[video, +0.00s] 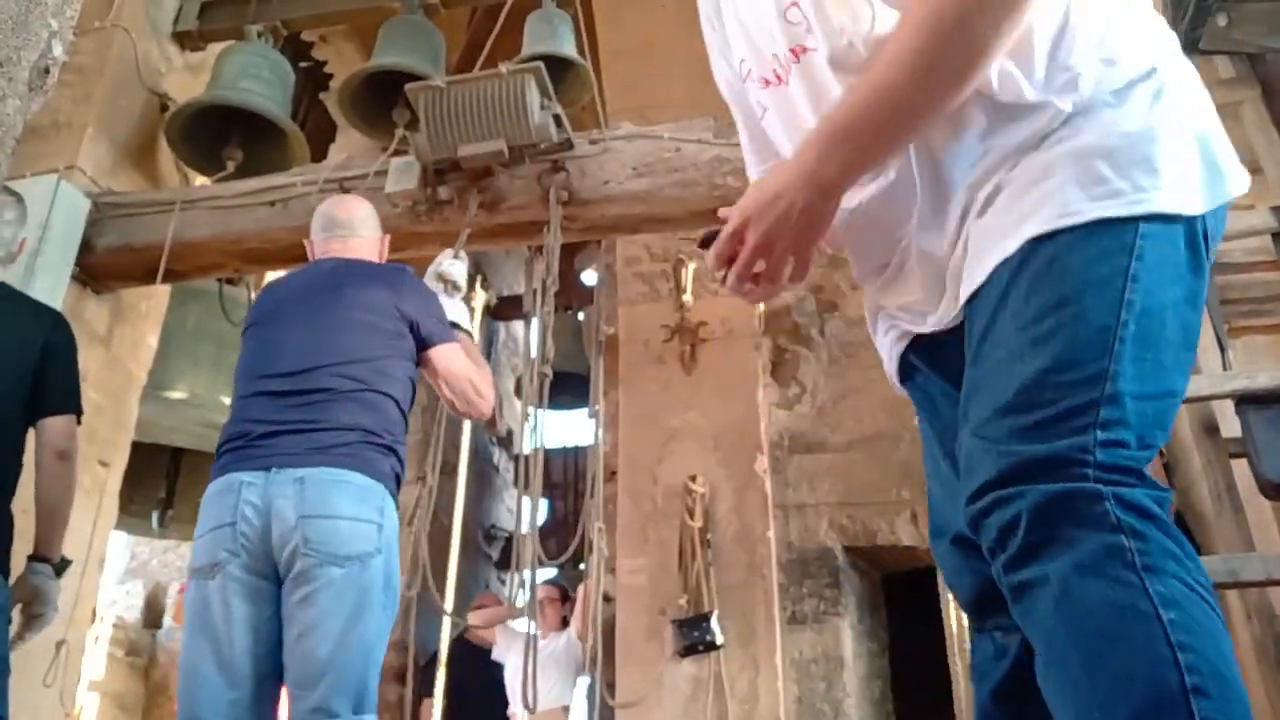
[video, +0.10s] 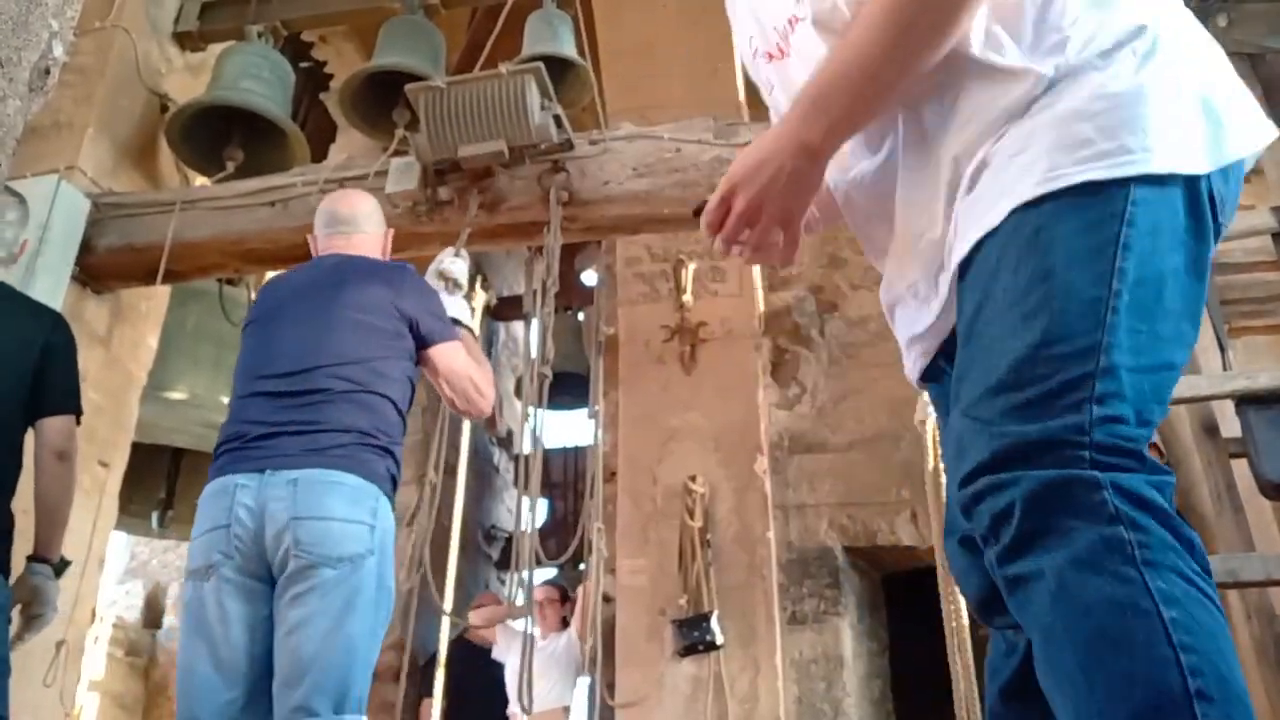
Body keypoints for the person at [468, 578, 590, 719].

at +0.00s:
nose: (541, 606)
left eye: (549, 601)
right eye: (537, 601)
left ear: (566, 607)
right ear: (532, 605)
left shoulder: (571, 641)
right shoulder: (516, 642)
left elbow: (584, 589)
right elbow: (473, 619)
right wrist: (523, 610)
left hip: (553, 714)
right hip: (517, 715)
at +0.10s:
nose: (540, 608)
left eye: (548, 602)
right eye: (536, 602)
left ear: (565, 608)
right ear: (531, 606)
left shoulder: (572, 641)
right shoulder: (516, 641)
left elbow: (585, 590)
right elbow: (474, 618)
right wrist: (524, 610)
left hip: (555, 714)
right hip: (516, 714)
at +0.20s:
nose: (540, 609)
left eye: (548, 603)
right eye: (535, 603)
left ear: (565, 608)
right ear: (530, 608)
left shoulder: (572, 640)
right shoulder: (518, 641)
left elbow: (587, 590)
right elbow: (475, 617)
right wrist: (522, 610)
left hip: (557, 713)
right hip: (518, 714)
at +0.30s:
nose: (541, 613)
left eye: (549, 605)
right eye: (536, 606)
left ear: (564, 608)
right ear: (530, 611)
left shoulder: (572, 639)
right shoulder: (522, 642)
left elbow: (589, 589)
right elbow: (476, 615)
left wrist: (575, 600)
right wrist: (528, 605)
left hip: (555, 713)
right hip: (521, 714)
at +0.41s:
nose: (540, 616)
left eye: (547, 608)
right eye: (535, 609)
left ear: (562, 609)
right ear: (529, 612)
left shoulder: (573, 638)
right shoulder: (522, 642)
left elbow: (590, 590)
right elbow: (478, 611)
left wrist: (571, 600)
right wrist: (525, 603)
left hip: (557, 714)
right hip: (522, 714)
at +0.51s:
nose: (539, 618)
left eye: (546, 611)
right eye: (534, 612)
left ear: (561, 611)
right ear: (528, 614)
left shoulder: (572, 639)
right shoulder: (520, 643)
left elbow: (590, 590)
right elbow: (480, 609)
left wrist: (571, 602)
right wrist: (522, 599)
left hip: (556, 714)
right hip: (522, 714)